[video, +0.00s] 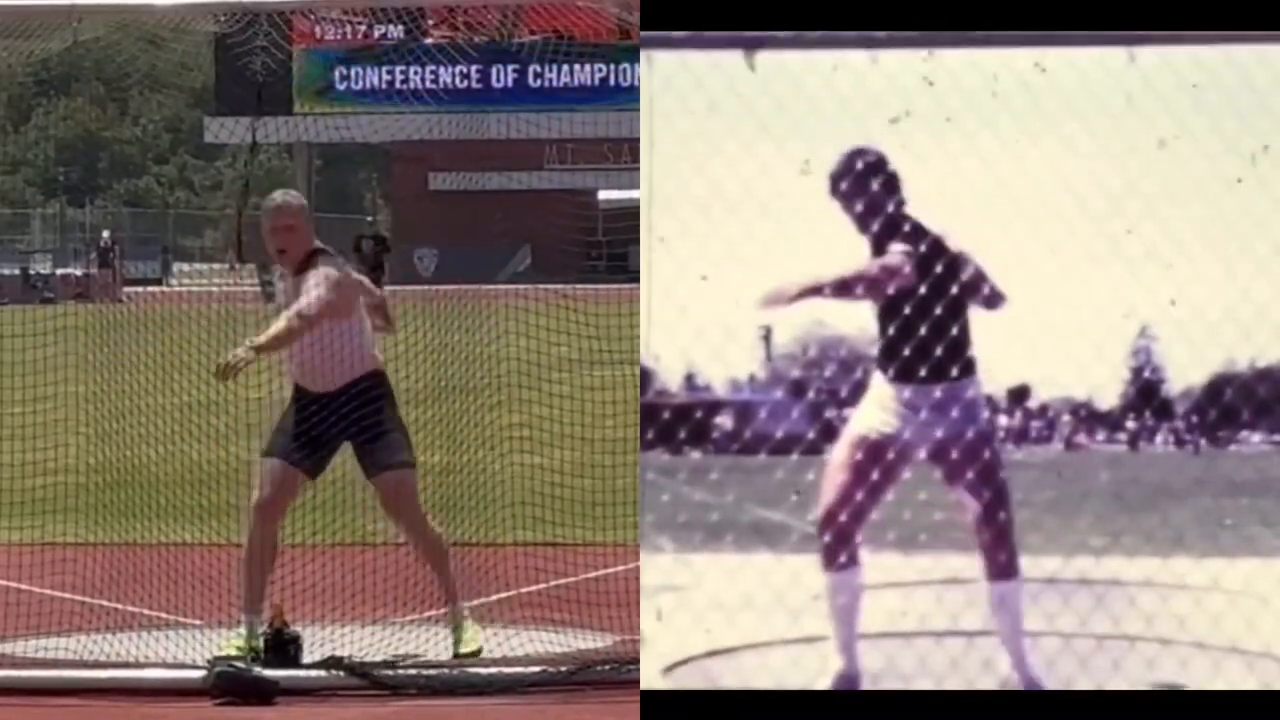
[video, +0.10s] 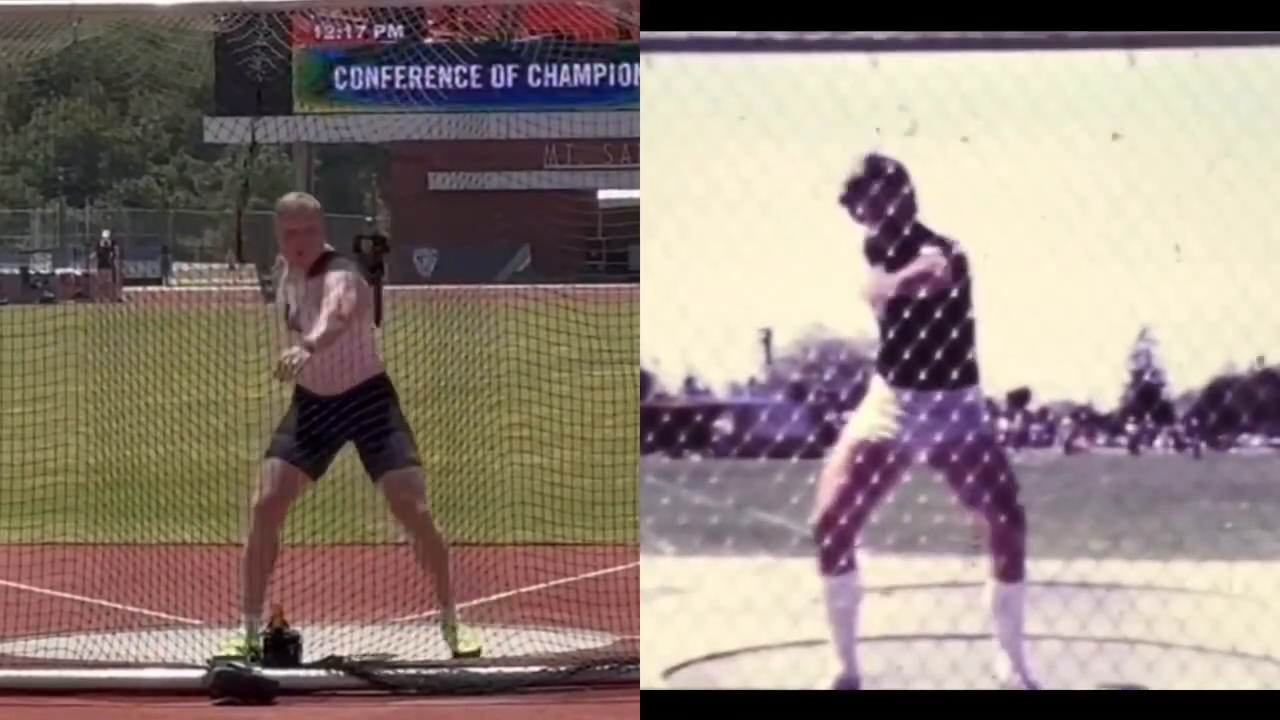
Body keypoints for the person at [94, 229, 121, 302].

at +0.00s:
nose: (105, 239)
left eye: (107, 237)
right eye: (104, 237)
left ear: (109, 237)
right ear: (101, 236)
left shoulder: (113, 245)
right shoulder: (99, 245)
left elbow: (116, 257)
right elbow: (95, 254)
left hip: (110, 267)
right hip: (101, 267)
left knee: (109, 283)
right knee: (101, 283)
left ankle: (111, 297)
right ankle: (101, 298)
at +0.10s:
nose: (105, 238)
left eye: (107, 236)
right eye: (104, 236)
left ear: (109, 236)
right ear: (101, 236)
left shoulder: (113, 245)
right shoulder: (99, 244)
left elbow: (115, 256)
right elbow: (96, 254)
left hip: (110, 266)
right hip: (101, 266)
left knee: (110, 282)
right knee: (101, 282)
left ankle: (111, 297)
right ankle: (101, 297)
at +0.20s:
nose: (105, 238)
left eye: (107, 237)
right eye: (103, 236)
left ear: (109, 236)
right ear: (101, 236)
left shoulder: (112, 245)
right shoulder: (99, 244)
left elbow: (115, 256)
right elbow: (95, 254)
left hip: (109, 267)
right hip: (101, 266)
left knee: (109, 282)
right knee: (101, 282)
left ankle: (110, 297)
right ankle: (100, 297)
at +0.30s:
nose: (105, 239)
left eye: (106, 237)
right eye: (103, 237)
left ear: (109, 237)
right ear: (101, 236)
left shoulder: (112, 245)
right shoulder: (98, 245)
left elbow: (114, 256)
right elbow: (96, 254)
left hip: (109, 267)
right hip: (100, 267)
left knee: (109, 283)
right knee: (101, 283)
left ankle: (110, 297)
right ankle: (100, 298)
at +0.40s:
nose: (104, 238)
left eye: (106, 236)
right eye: (103, 236)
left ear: (108, 236)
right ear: (100, 236)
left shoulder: (111, 245)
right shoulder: (98, 245)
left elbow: (114, 256)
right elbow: (96, 254)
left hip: (108, 266)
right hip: (100, 267)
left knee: (109, 283)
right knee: (100, 283)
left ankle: (110, 298)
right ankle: (100, 298)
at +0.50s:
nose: (104, 239)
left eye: (105, 237)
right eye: (102, 237)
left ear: (108, 237)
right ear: (100, 237)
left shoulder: (111, 245)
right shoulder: (98, 245)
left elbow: (113, 255)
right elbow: (96, 255)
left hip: (108, 266)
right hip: (100, 266)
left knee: (108, 282)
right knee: (100, 283)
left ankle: (109, 297)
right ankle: (100, 298)